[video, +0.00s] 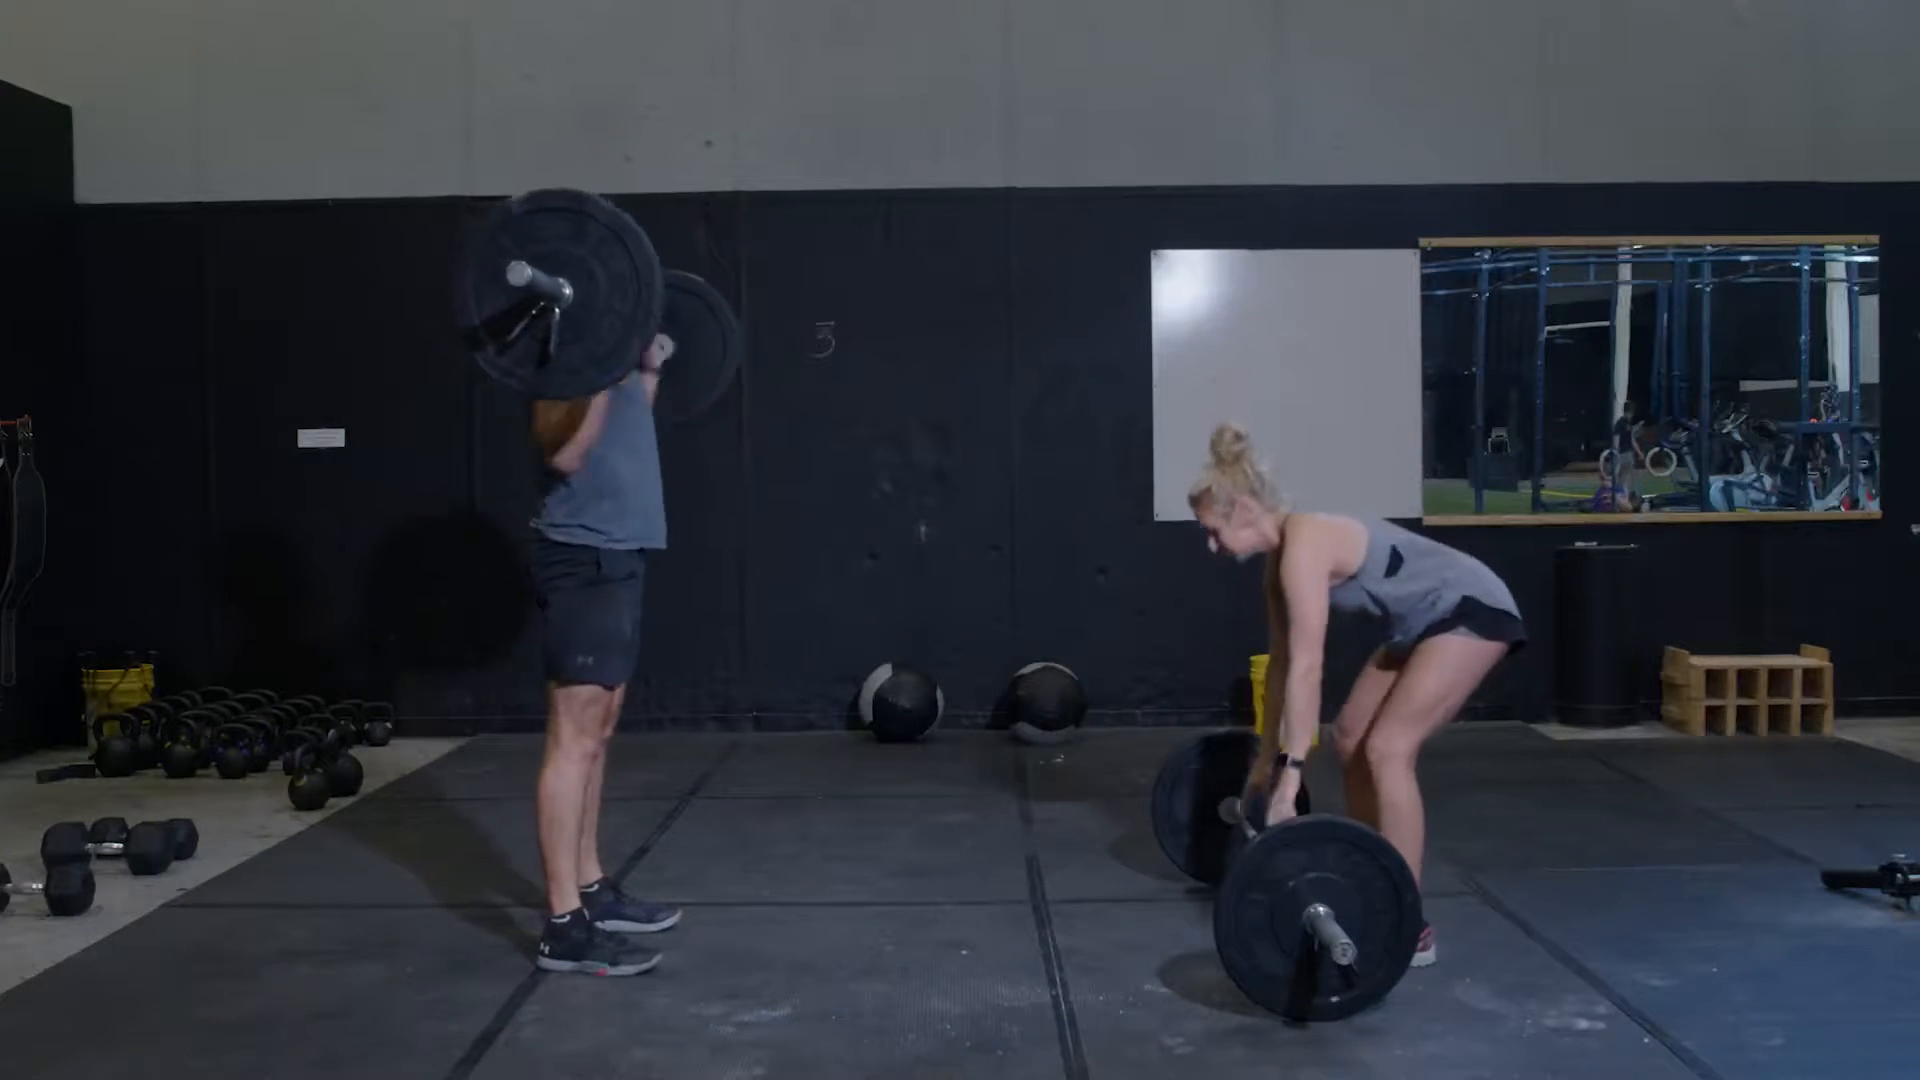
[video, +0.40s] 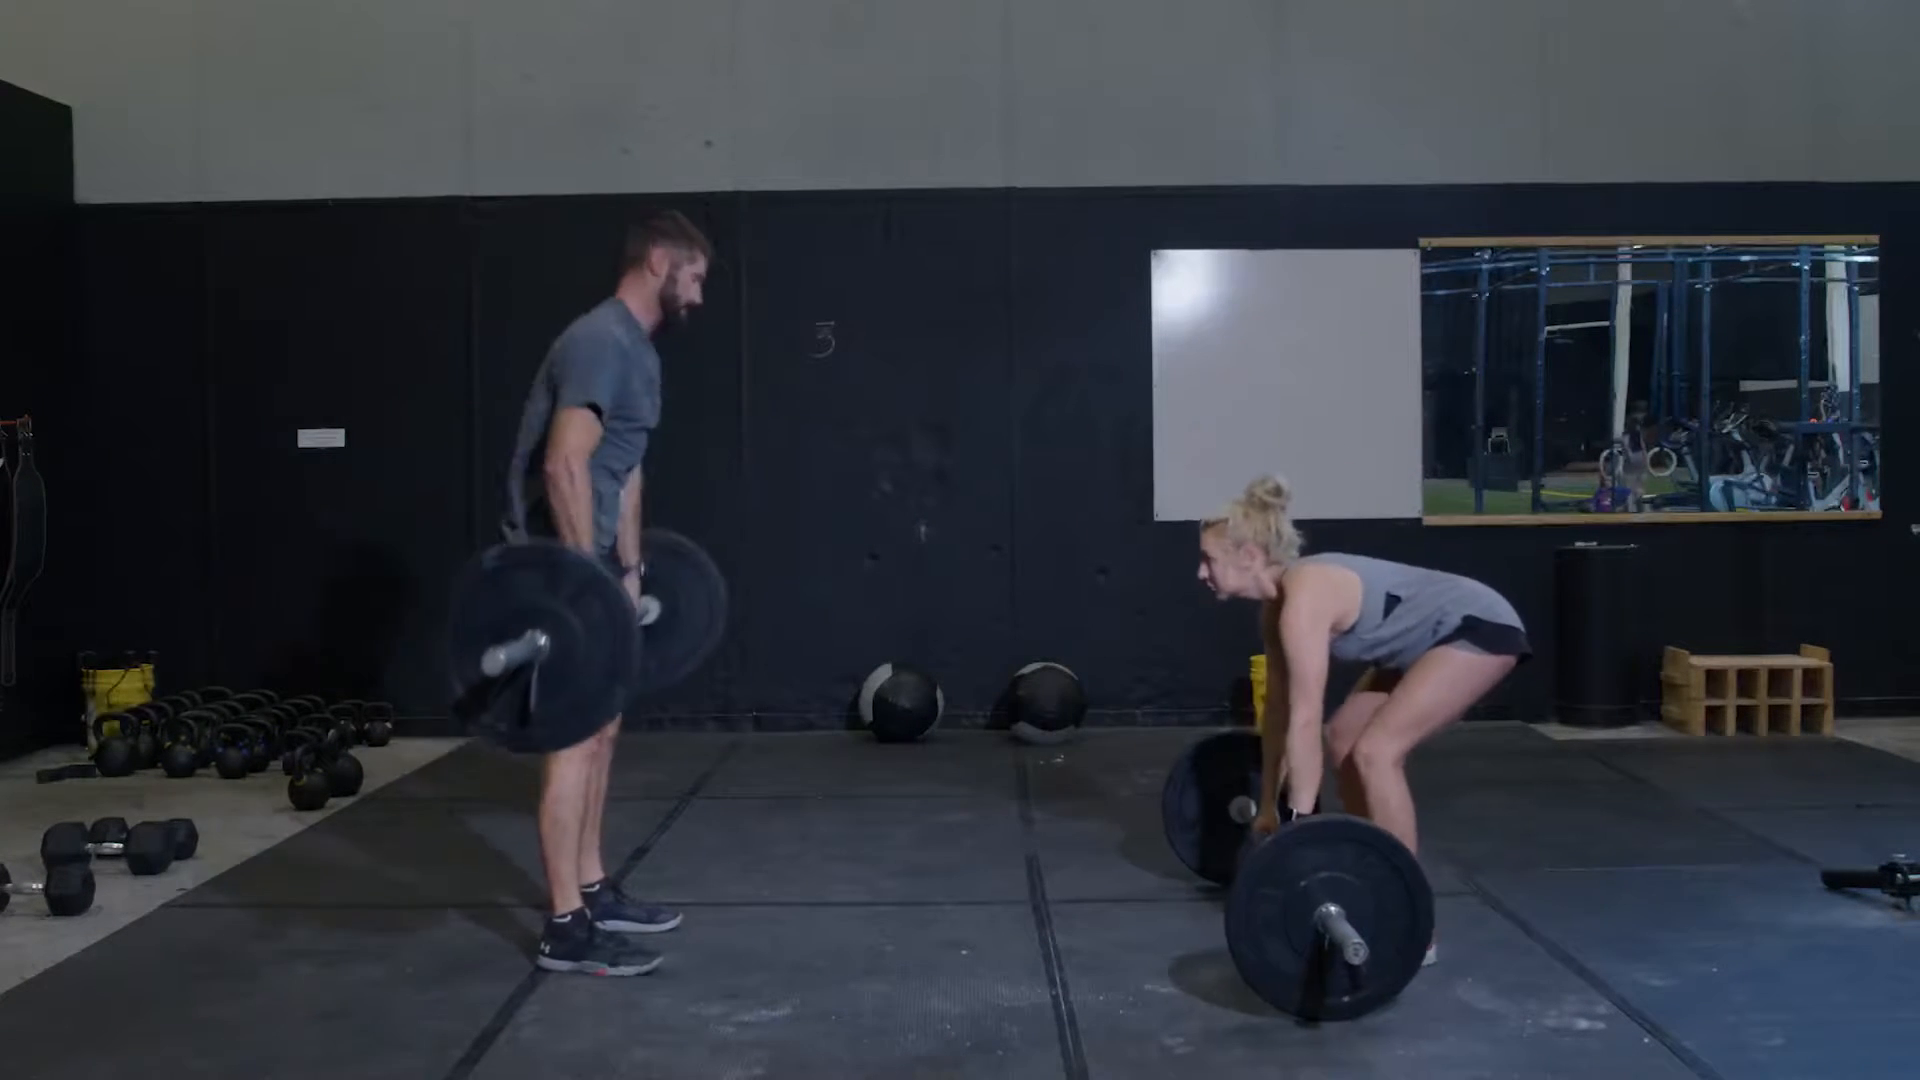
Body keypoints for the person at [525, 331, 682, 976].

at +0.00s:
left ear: (616, 292)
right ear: (576, 289)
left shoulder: (612, 356)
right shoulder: (557, 357)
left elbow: (626, 431)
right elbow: (563, 456)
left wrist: (648, 373)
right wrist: (599, 368)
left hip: (619, 552)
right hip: (583, 554)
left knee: (600, 720)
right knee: (576, 727)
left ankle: (589, 889)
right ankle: (562, 921)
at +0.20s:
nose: (611, 266)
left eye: (612, 254)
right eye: (603, 252)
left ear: (574, 249)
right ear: (562, 246)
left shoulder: (574, 321)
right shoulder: (533, 307)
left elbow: (591, 412)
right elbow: (489, 374)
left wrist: (664, 440)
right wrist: (574, 425)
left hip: (611, 546)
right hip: (577, 549)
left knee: (610, 717)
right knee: (587, 725)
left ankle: (593, 891)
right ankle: (567, 922)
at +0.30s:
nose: (646, 272)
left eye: (648, 259)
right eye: (638, 257)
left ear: (612, 254)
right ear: (599, 250)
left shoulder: (604, 323)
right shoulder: (564, 313)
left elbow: (626, 438)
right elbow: (542, 412)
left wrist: (647, 523)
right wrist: (600, 510)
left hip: (613, 544)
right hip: (578, 548)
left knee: (610, 718)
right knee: (587, 724)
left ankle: (591, 891)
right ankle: (566, 920)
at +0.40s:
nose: (699, 295)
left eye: (702, 280)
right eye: (693, 277)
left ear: (660, 267)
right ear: (657, 264)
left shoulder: (638, 350)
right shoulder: (602, 343)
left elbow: (627, 471)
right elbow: (563, 463)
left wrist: (631, 566)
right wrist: (582, 580)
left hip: (598, 565)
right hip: (562, 567)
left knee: (603, 726)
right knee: (576, 733)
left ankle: (590, 892)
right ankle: (563, 924)